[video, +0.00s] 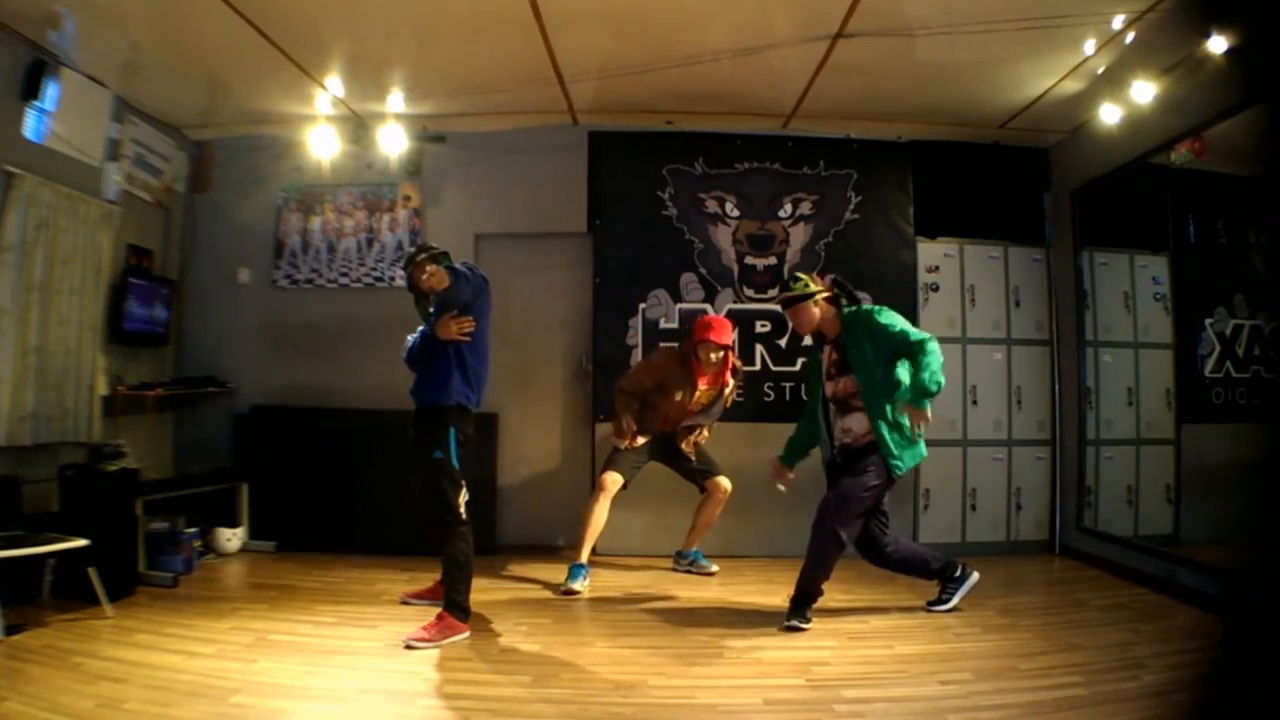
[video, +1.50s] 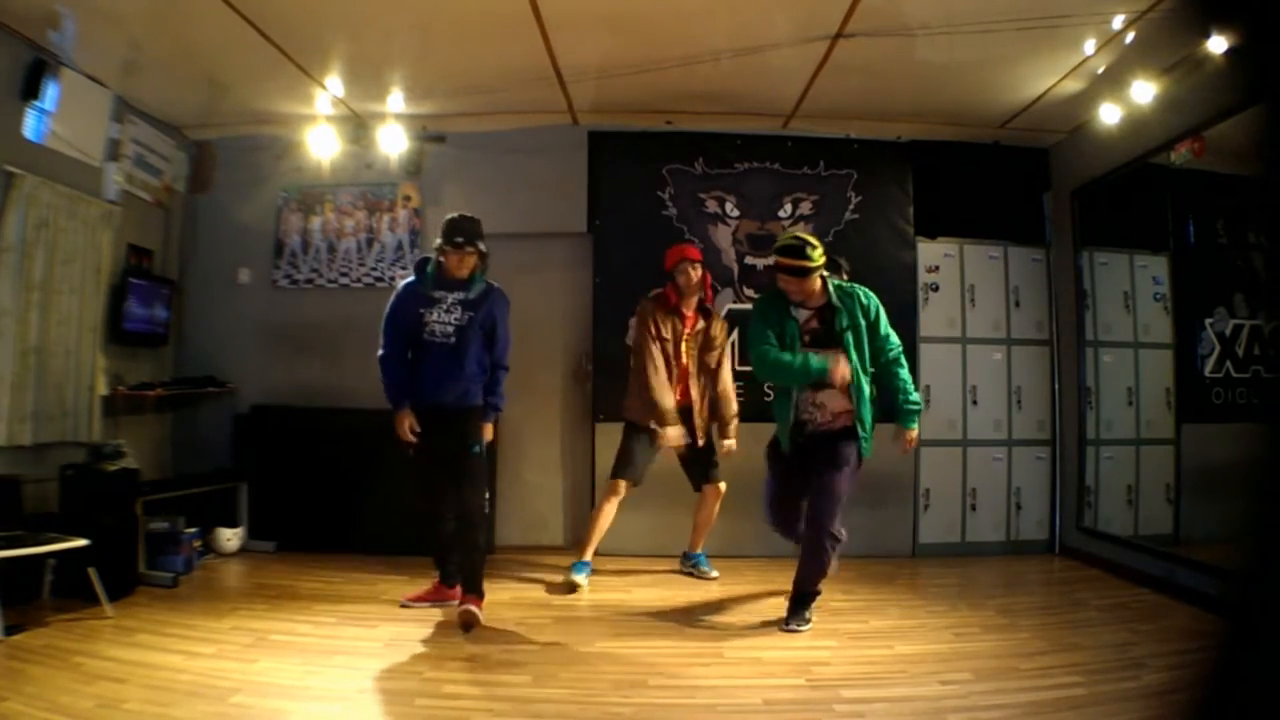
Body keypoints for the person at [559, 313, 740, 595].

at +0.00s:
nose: (714, 354)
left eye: (720, 349)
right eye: (708, 348)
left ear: (728, 350)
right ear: (695, 345)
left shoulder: (727, 376)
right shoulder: (667, 361)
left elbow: (717, 409)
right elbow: (626, 387)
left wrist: (702, 428)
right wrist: (626, 421)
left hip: (677, 440)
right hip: (640, 436)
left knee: (720, 487)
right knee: (607, 483)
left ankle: (687, 554)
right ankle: (580, 566)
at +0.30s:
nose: (704, 332)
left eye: (711, 326)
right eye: (699, 323)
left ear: (718, 330)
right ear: (687, 322)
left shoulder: (712, 362)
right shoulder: (653, 341)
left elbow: (702, 409)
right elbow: (611, 375)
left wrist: (708, 441)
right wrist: (613, 420)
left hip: (668, 432)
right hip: (631, 428)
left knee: (710, 486)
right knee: (597, 478)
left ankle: (687, 553)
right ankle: (578, 566)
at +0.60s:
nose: (678, 305)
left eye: (684, 299)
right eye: (672, 297)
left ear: (688, 302)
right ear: (655, 296)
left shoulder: (683, 337)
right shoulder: (617, 319)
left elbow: (680, 385)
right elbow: (584, 363)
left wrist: (681, 415)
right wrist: (591, 407)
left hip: (652, 421)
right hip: (613, 416)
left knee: (683, 486)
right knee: (584, 481)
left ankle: (684, 554)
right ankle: (578, 567)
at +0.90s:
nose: (666, 294)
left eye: (670, 288)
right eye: (661, 286)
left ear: (669, 288)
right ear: (642, 281)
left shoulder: (648, 314)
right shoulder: (611, 312)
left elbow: (644, 369)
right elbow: (623, 374)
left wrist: (674, 379)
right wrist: (672, 377)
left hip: (637, 416)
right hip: (607, 416)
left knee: (671, 478)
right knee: (604, 485)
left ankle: (676, 559)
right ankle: (579, 567)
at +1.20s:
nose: (667, 289)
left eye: (674, 285)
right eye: (662, 280)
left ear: (679, 288)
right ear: (647, 276)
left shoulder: (662, 317)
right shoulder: (624, 304)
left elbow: (660, 371)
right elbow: (644, 350)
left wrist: (686, 397)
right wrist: (680, 349)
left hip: (655, 413)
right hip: (622, 411)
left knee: (698, 478)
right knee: (606, 487)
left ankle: (681, 556)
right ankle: (578, 566)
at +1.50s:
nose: (692, 273)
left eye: (696, 266)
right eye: (684, 267)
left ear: (704, 273)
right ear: (672, 274)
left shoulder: (712, 323)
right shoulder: (652, 312)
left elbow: (722, 378)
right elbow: (652, 370)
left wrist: (728, 428)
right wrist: (667, 420)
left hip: (693, 418)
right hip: (649, 414)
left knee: (714, 487)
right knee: (618, 486)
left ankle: (693, 555)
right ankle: (584, 563)